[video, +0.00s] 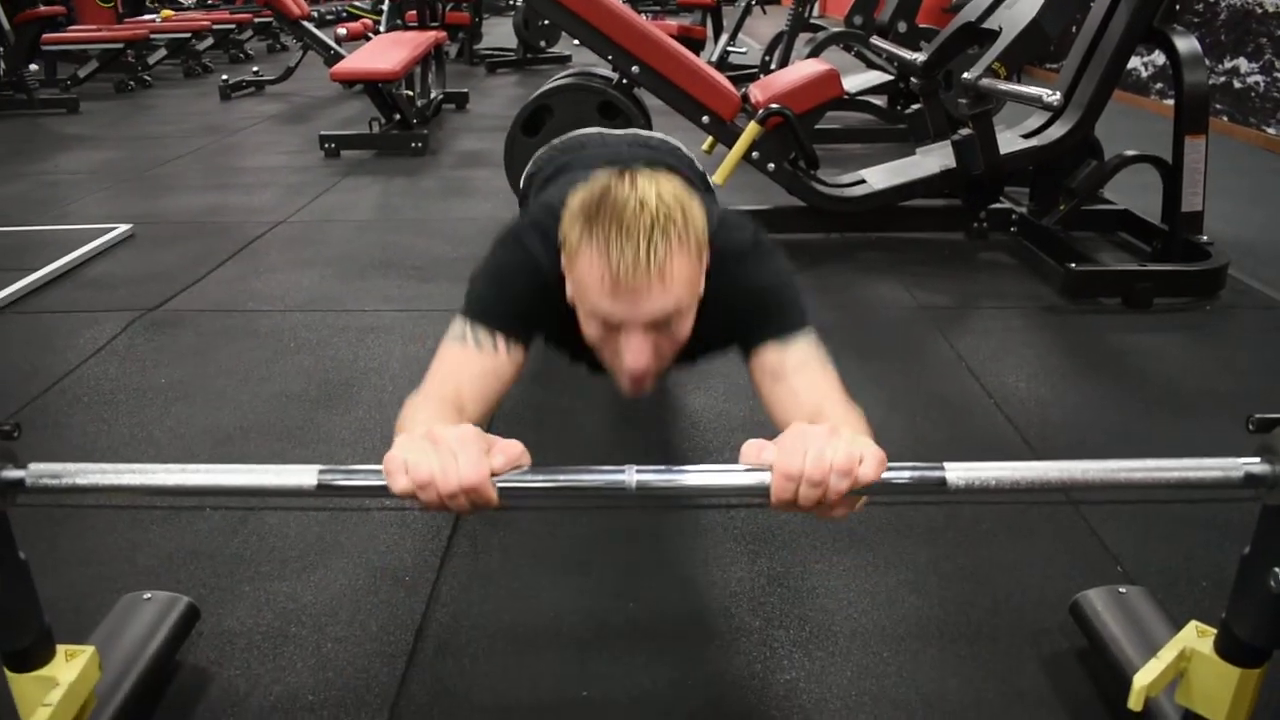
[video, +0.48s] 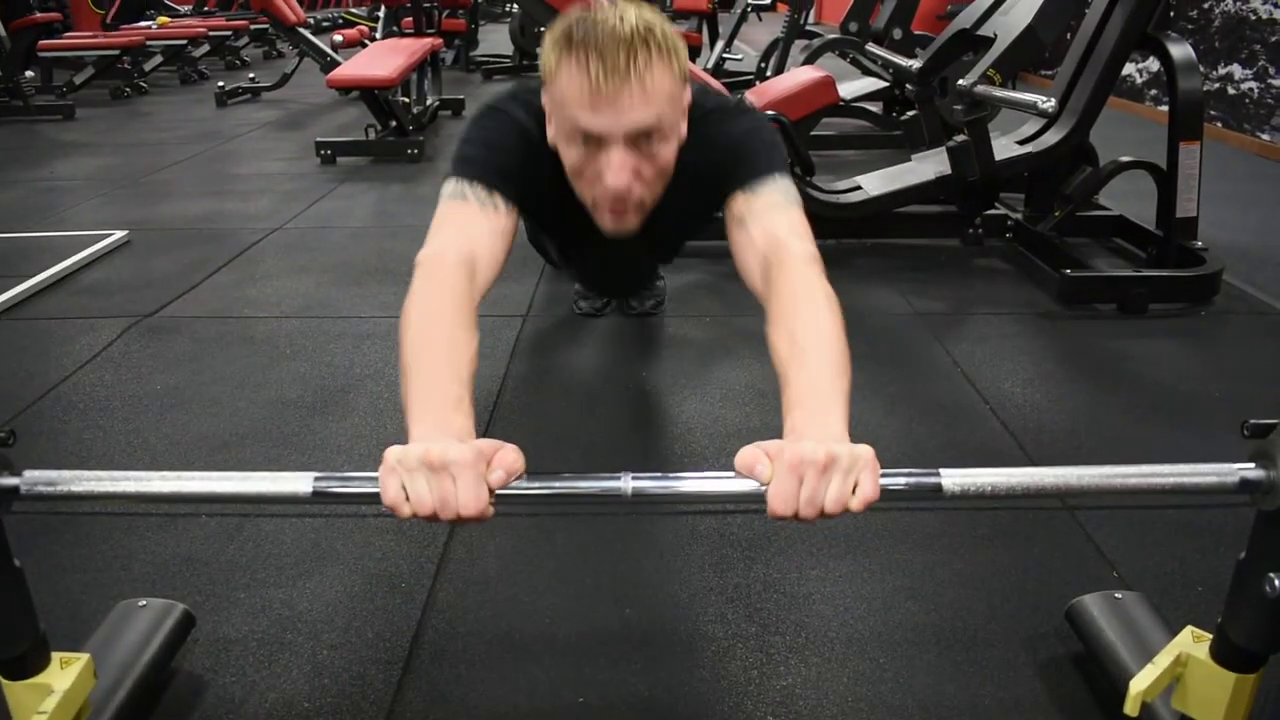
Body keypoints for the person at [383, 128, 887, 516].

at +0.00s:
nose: (636, 360)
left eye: (664, 325)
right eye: (607, 326)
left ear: (701, 272)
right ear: (568, 279)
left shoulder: (742, 253)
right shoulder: (529, 257)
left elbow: (827, 415)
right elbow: (444, 396)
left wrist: (825, 449)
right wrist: (437, 440)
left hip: (668, 150)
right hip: (559, 156)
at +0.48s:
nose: (618, 174)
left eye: (646, 141)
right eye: (589, 142)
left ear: (682, 111)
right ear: (549, 118)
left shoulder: (732, 132)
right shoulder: (507, 130)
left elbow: (792, 270)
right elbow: (446, 271)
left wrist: (818, 438)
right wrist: (439, 439)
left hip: (658, 245)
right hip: (568, 250)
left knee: (646, 277)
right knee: (591, 278)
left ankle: (643, 289)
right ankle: (598, 293)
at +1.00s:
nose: (612, 132)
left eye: (641, 93)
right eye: (578, 95)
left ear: (680, 63)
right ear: (541, 73)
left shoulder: (728, 104)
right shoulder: (502, 103)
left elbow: (780, 248)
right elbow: (453, 254)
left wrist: (819, 435)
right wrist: (438, 436)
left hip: (652, 224)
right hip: (566, 230)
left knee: (641, 255)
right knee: (583, 258)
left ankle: (638, 279)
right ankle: (594, 277)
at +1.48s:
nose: (609, 156)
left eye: (638, 119)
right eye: (578, 121)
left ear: (676, 93)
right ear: (541, 102)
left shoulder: (726, 122)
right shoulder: (501, 121)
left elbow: (781, 267)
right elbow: (450, 268)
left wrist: (821, 448)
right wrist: (437, 447)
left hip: (654, 232)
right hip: (565, 238)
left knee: (641, 257)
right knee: (583, 262)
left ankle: (640, 282)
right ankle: (596, 281)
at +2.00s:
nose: (618, 201)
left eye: (645, 169)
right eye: (590, 171)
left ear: (681, 132)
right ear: (549, 140)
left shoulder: (727, 151)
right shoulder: (507, 151)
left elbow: (794, 300)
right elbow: (452, 295)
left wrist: (827, 469)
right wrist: (440, 467)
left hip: (665, 247)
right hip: (563, 251)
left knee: (645, 273)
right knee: (582, 280)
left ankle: (638, 298)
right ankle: (599, 297)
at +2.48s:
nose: (630, 443)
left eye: (655, 415)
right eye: (603, 418)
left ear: (691, 342)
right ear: (562, 355)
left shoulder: (736, 308)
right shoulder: (518, 313)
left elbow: (820, 473)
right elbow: (447, 475)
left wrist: (822, 503)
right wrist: (444, 500)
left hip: (677, 196)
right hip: (564, 195)